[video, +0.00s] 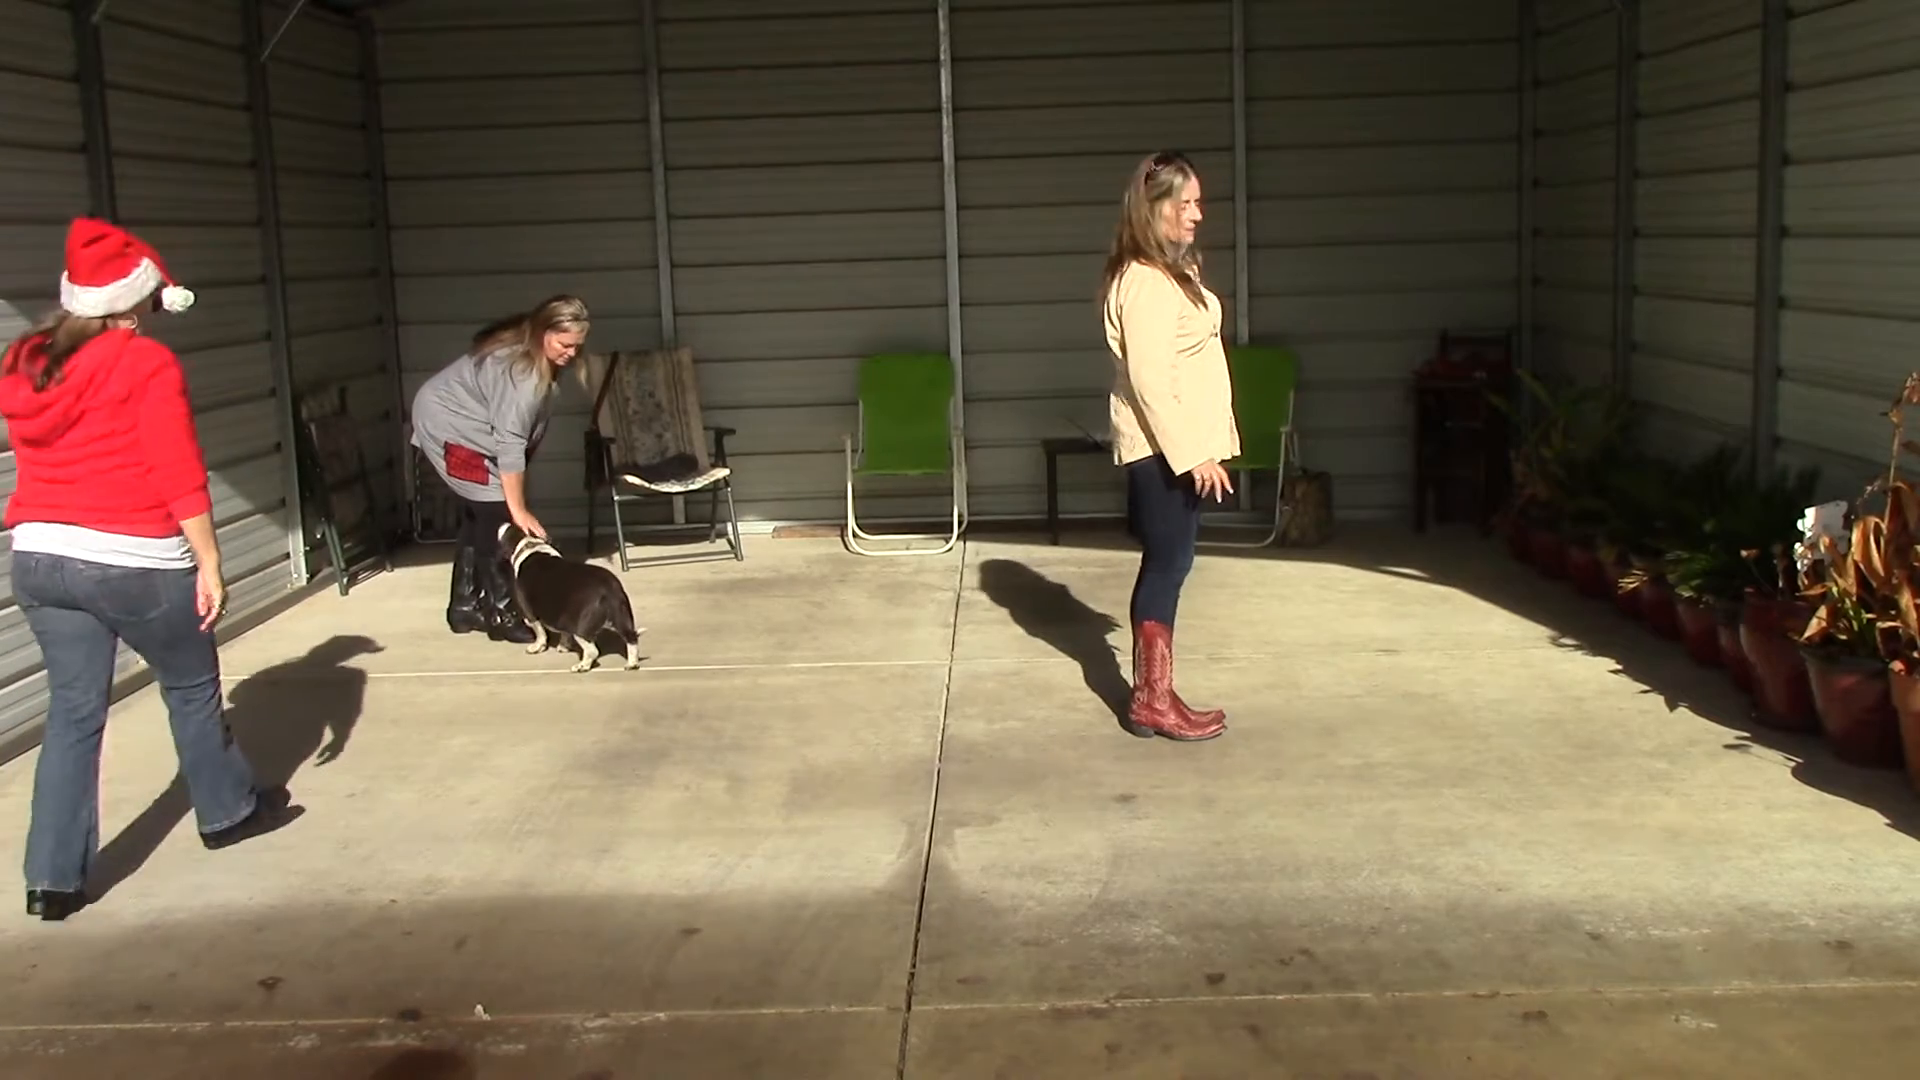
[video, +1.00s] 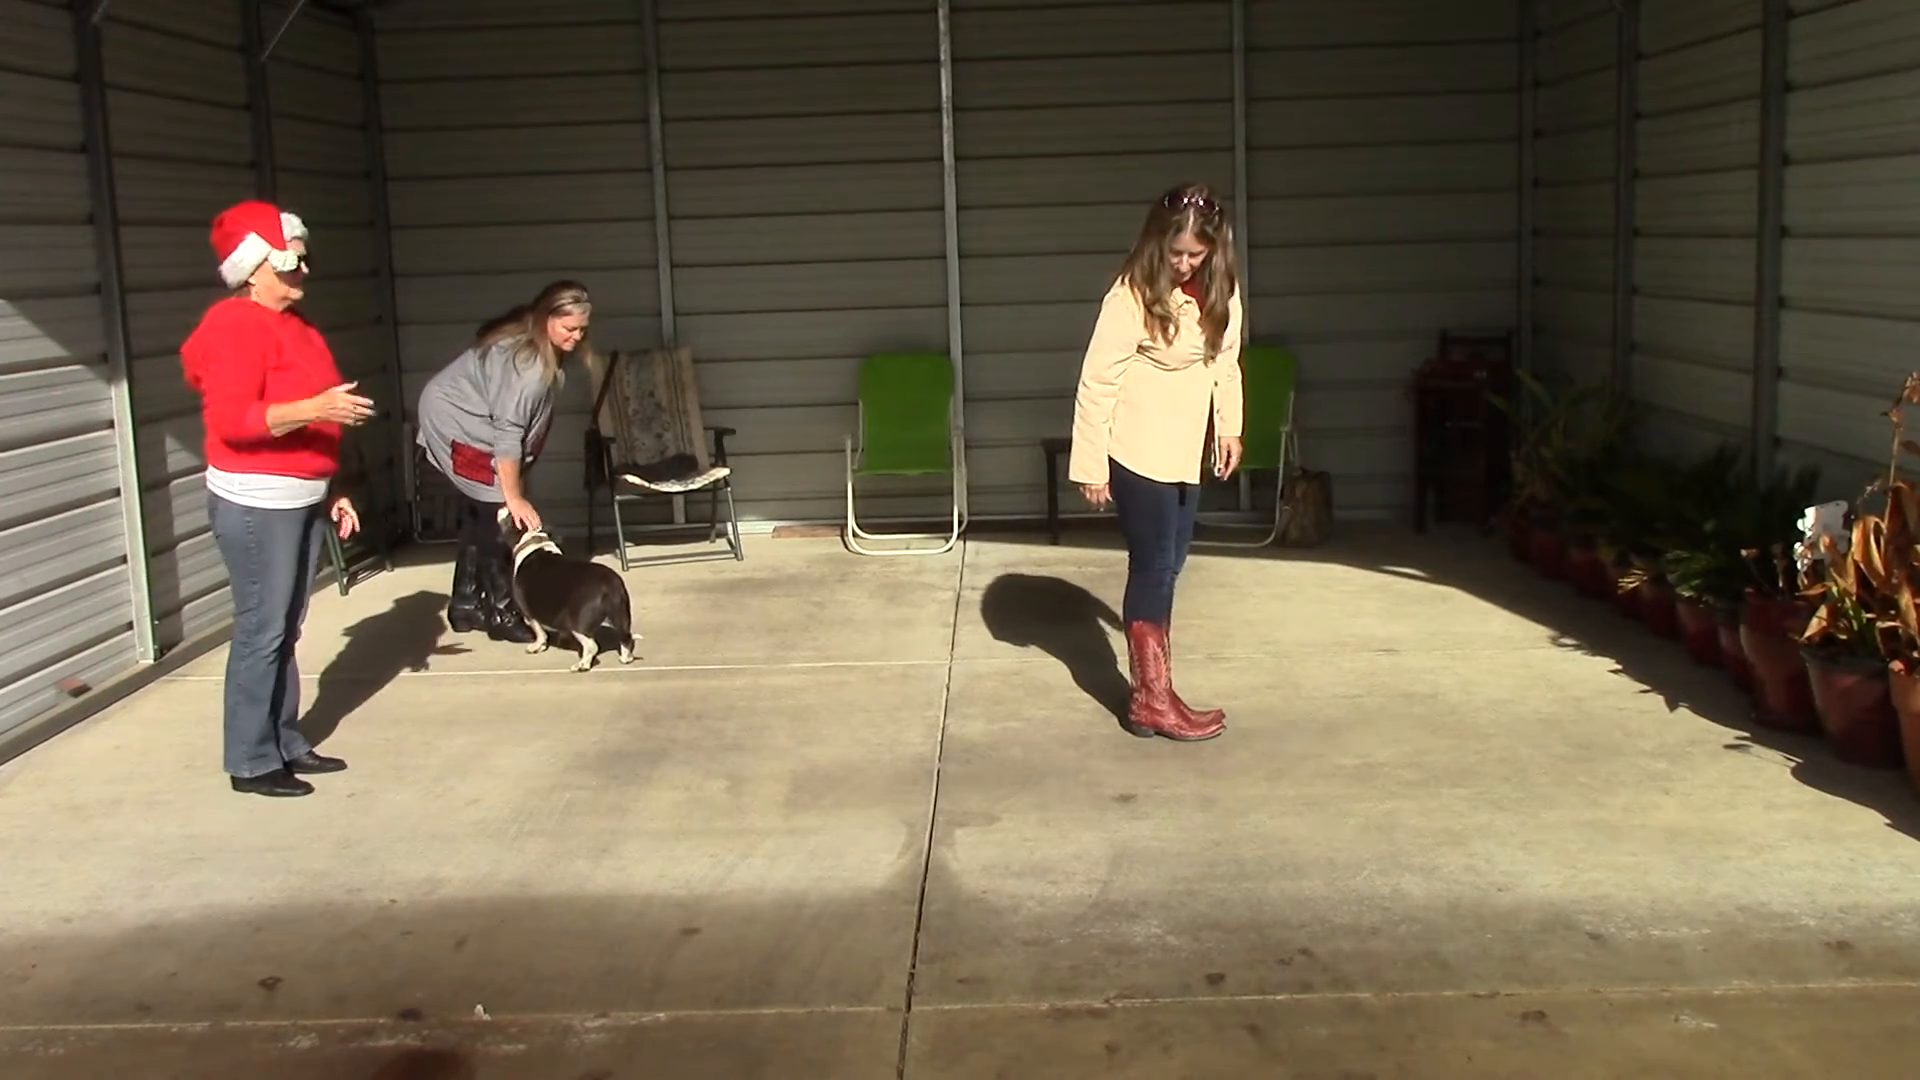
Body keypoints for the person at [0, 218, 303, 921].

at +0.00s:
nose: (154, 314)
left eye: (153, 301)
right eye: (151, 302)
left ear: (74, 297)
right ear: (133, 301)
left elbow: (23, 453)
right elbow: (180, 473)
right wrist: (209, 559)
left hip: (40, 555)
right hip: (135, 559)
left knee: (72, 711)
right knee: (191, 684)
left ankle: (53, 879)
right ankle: (228, 810)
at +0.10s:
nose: (195, 309)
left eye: (194, 298)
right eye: (191, 298)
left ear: (126, 304)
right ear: (167, 304)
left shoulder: (79, 363)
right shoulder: (182, 363)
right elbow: (201, 473)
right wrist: (234, 556)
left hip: (87, 558)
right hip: (172, 555)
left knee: (123, 690)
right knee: (219, 680)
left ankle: (69, 817)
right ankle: (230, 815)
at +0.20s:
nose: (222, 309)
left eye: (222, 297)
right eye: (218, 296)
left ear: (160, 302)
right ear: (187, 301)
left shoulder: (116, 361)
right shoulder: (203, 359)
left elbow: (112, 460)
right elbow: (221, 463)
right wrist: (266, 545)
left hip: (128, 548)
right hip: (204, 546)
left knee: (187, 662)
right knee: (243, 672)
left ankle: (118, 775)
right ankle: (231, 815)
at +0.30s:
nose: (245, 299)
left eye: (244, 288)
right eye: (240, 288)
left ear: (186, 295)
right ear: (211, 292)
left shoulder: (147, 349)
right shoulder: (219, 353)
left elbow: (143, 448)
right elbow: (234, 460)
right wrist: (293, 531)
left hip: (158, 529)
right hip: (218, 532)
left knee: (234, 648)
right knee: (258, 662)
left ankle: (191, 776)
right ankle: (234, 811)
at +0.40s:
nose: (262, 298)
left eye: (261, 287)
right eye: (255, 286)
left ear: (210, 295)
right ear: (225, 291)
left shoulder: (176, 347)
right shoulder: (227, 350)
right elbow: (235, 455)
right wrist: (311, 510)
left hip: (187, 522)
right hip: (231, 526)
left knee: (270, 644)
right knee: (268, 662)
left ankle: (277, 752)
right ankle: (229, 811)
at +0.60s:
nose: (288, 291)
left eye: (285, 280)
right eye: (278, 282)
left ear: (248, 289)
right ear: (246, 289)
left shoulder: (252, 342)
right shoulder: (232, 347)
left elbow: (269, 436)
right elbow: (230, 450)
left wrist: (316, 485)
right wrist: (315, 481)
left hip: (263, 511)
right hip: (245, 517)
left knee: (297, 635)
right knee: (296, 644)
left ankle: (277, 745)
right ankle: (225, 778)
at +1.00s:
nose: (302, 272)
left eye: (303, 261)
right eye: (289, 263)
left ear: (297, 261)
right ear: (252, 267)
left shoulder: (299, 329)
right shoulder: (231, 326)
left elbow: (313, 419)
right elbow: (230, 421)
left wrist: (331, 488)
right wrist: (313, 408)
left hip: (299, 497)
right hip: (253, 500)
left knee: (284, 631)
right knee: (260, 633)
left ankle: (281, 744)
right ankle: (249, 761)